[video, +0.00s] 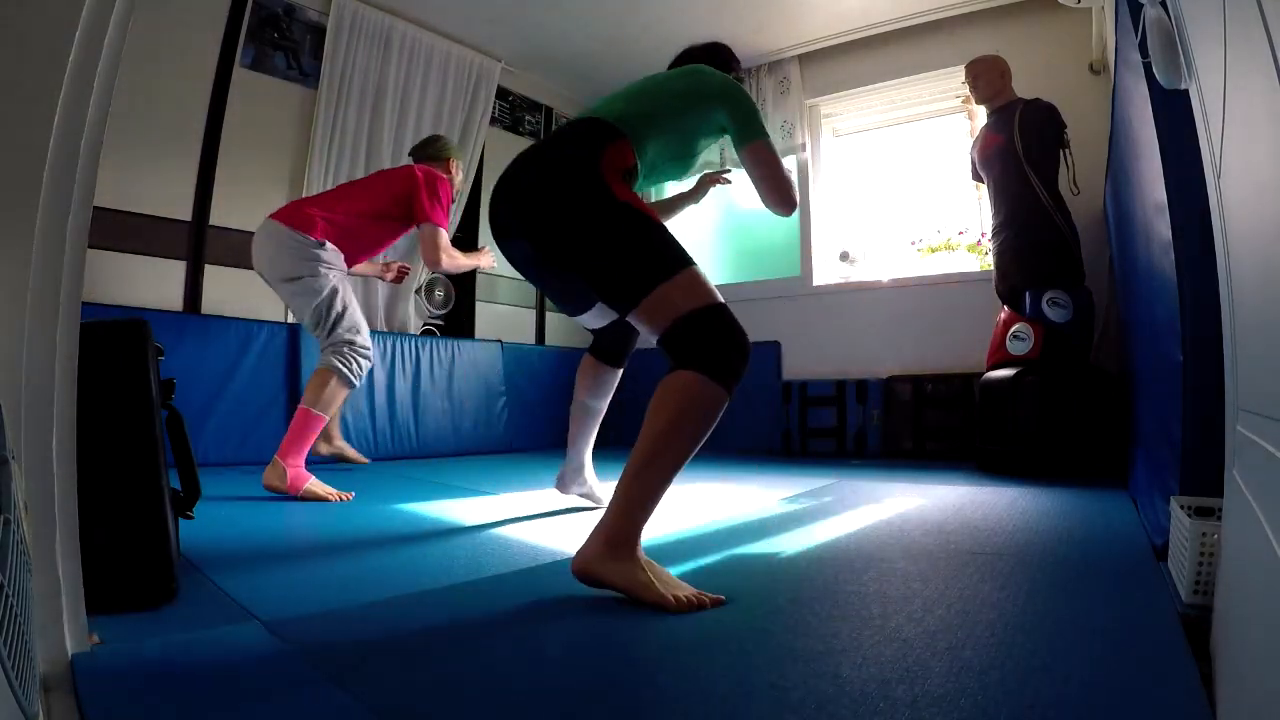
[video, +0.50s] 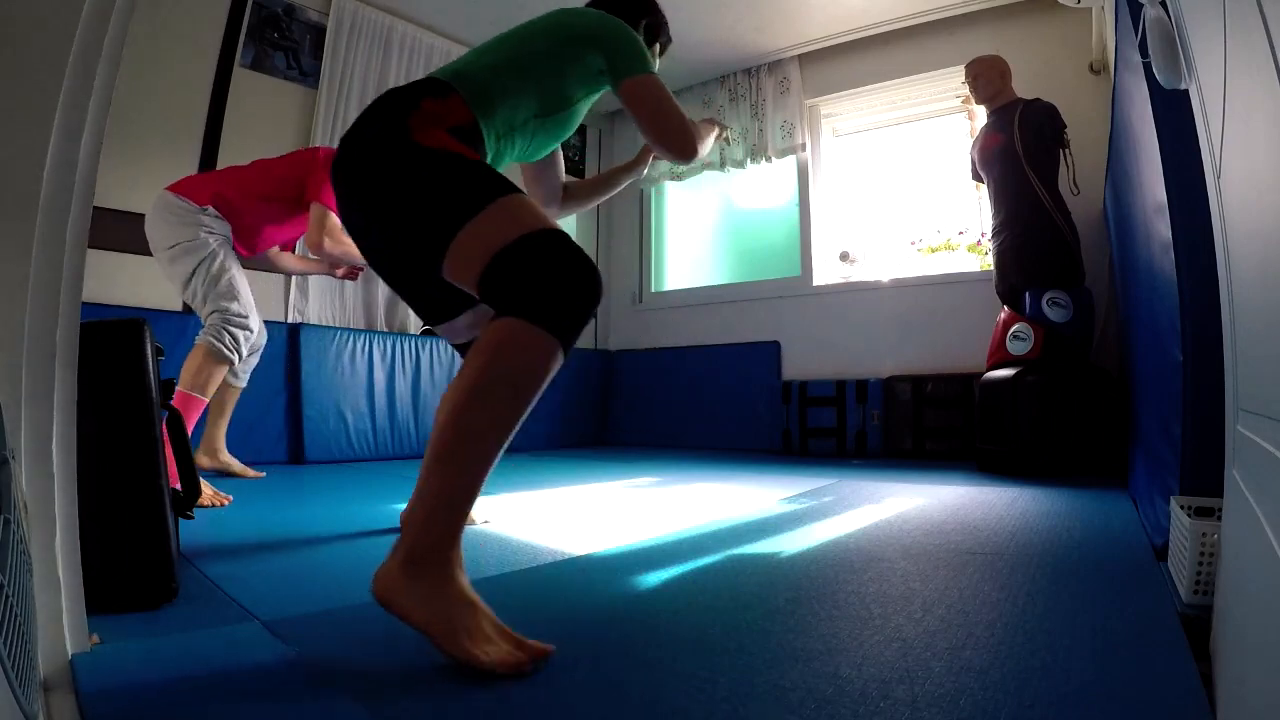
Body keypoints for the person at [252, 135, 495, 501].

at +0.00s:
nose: (460, 184)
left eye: (462, 176)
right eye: (461, 174)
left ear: (419, 164)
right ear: (452, 166)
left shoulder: (398, 183)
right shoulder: (433, 180)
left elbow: (335, 255)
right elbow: (440, 259)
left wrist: (380, 269)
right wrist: (478, 260)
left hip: (282, 238)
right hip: (301, 242)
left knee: (345, 336)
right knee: (352, 351)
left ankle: (328, 436)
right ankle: (287, 465)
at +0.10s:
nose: (448, 181)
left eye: (448, 172)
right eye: (448, 170)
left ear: (408, 160)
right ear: (438, 163)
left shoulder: (381, 185)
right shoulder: (411, 174)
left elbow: (331, 259)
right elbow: (416, 252)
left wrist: (383, 269)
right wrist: (462, 256)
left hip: (265, 229)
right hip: (273, 228)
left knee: (319, 331)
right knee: (328, 331)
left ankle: (284, 453)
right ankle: (281, 455)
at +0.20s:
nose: (434, 179)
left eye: (436, 171)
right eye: (435, 168)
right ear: (423, 160)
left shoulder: (365, 181)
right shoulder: (390, 172)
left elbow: (309, 258)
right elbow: (390, 247)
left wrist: (364, 270)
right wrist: (441, 256)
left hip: (254, 236)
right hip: (250, 232)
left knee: (305, 340)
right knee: (301, 339)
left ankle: (280, 449)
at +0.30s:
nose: (416, 170)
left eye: (416, 163)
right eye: (417, 161)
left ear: (379, 151)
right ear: (407, 154)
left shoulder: (350, 174)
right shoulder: (374, 169)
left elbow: (285, 248)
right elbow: (372, 249)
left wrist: (341, 266)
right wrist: (422, 256)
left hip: (252, 242)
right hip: (226, 229)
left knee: (289, 337)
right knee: (256, 346)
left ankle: (280, 443)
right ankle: (180, 462)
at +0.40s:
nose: (383, 172)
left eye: (383, 164)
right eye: (383, 160)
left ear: (362, 144)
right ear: (374, 151)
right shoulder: (352, 161)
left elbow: (265, 249)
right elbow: (348, 243)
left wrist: (329, 263)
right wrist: (403, 258)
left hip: (233, 233)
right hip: (205, 216)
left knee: (272, 327)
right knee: (244, 331)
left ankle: (253, 438)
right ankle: (178, 458)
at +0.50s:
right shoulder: (328, 164)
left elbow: (264, 256)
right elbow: (324, 242)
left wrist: (330, 267)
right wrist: (369, 256)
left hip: (211, 229)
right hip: (188, 213)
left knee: (251, 335)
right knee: (233, 324)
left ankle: (211, 450)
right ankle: (168, 454)